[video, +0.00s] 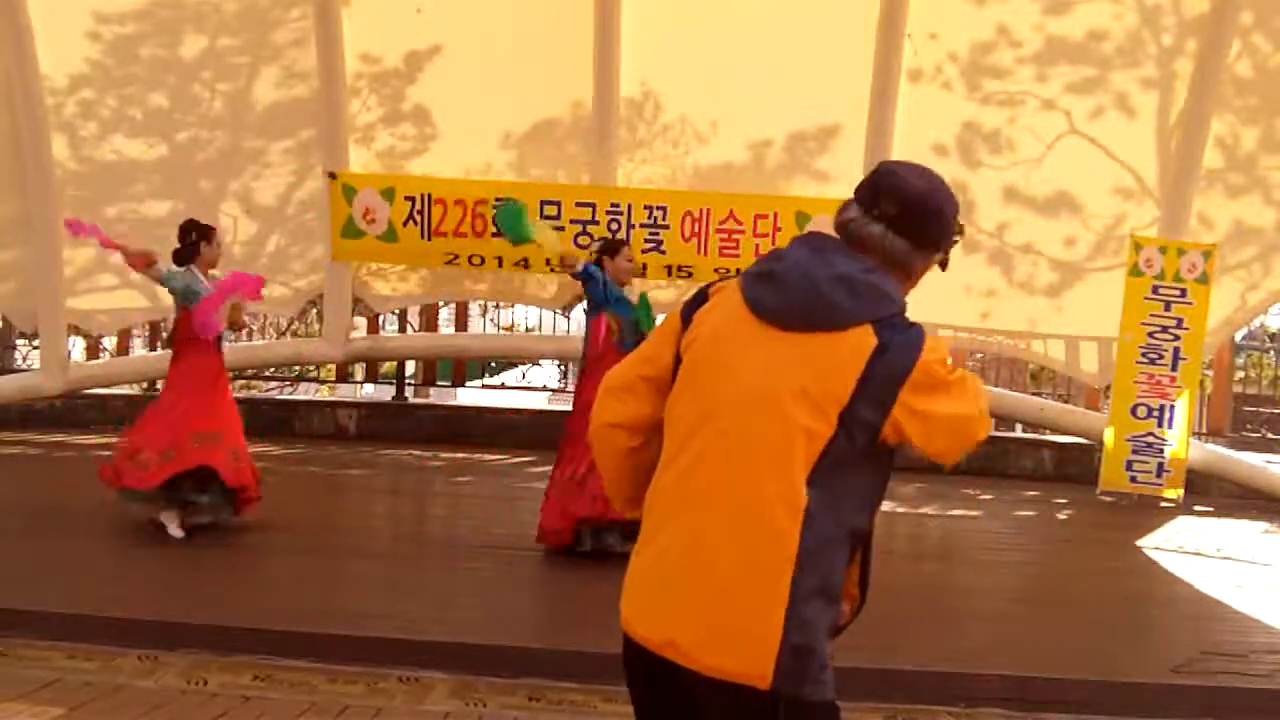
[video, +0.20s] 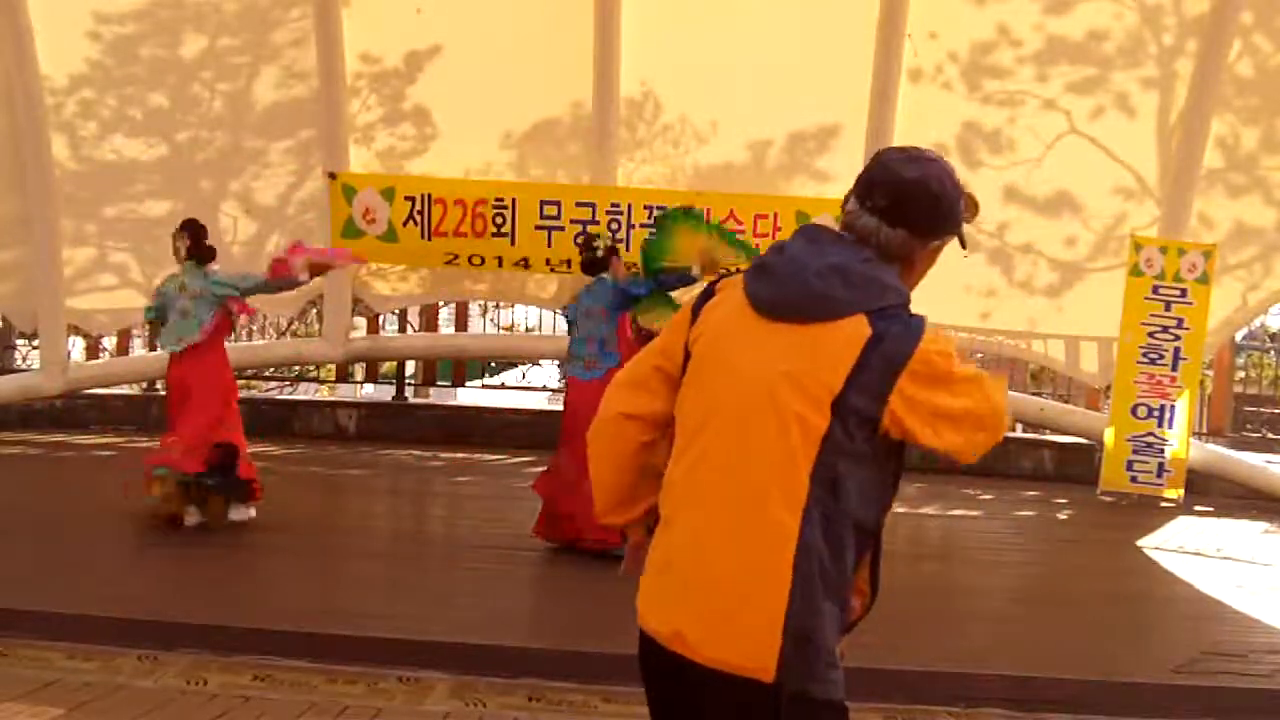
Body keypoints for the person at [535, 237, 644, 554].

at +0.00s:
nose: (633, 266)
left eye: (632, 260)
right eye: (627, 260)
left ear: (614, 262)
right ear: (607, 262)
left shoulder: (624, 300)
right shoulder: (603, 289)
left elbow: (635, 340)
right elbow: (594, 278)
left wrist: (644, 319)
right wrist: (578, 268)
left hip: (621, 386)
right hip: (599, 387)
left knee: (613, 452)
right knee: (595, 453)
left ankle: (608, 527)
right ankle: (589, 528)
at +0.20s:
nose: (625, 268)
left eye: (622, 262)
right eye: (621, 262)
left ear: (591, 266)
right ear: (611, 263)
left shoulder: (580, 299)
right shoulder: (614, 291)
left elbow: (572, 328)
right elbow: (650, 285)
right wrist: (692, 275)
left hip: (576, 380)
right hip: (604, 382)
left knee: (573, 452)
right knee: (599, 452)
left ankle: (559, 522)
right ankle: (597, 528)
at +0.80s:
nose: (605, 264)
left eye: (613, 259)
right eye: (601, 257)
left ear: (625, 265)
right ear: (594, 260)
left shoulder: (630, 303)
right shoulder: (580, 290)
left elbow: (639, 343)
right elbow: (541, 281)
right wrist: (497, 277)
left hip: (616, 383)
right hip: (580, 380)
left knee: (607, 447)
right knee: (570, 444)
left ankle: (608, 520)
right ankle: (562, 519)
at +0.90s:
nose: (626, 265)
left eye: (628, 259)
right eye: (619, 259)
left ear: (629, 262)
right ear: (598, 261)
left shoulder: (632, 295)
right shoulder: (585, 286)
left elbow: (652, 339)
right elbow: (557, 281)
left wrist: (635, 342)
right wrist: (526, 276)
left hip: (615, 369)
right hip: (581, 366)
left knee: (612, 439)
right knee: (573, 437)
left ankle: (607, 517)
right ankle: (563, 519)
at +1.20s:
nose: (607, 261)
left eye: (601, 258)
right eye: (606, 258)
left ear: (581, 266)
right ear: (605, 263)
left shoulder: (573, 302)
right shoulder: (611, 292)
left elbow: (584, 337)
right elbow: (653, 284)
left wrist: (629, 332)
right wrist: (686, 280)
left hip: (585, 379)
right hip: (615, 379)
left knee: (597, 448)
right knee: (622, 447)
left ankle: (604, 525)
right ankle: (625, 530)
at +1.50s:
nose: (570, 268)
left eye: (576, 262)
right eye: (572, 261)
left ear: (594, 267)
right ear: (597, 269)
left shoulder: (589, 299)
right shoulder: (607, 296)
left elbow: (565, 344)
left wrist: (547, 338)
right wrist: (560, 334)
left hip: (588, 389)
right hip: (602, 385)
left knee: (580, 451)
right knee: (594, 450)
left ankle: (589, 525)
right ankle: (586, 523)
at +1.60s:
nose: (580, 269)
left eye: (588, 264)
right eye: (580, 263)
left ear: (607, 269)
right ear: (577, 264)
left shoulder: (608, 300)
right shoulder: (579, 297)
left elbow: (598, 343)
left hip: (592, 379)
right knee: (559, 434)